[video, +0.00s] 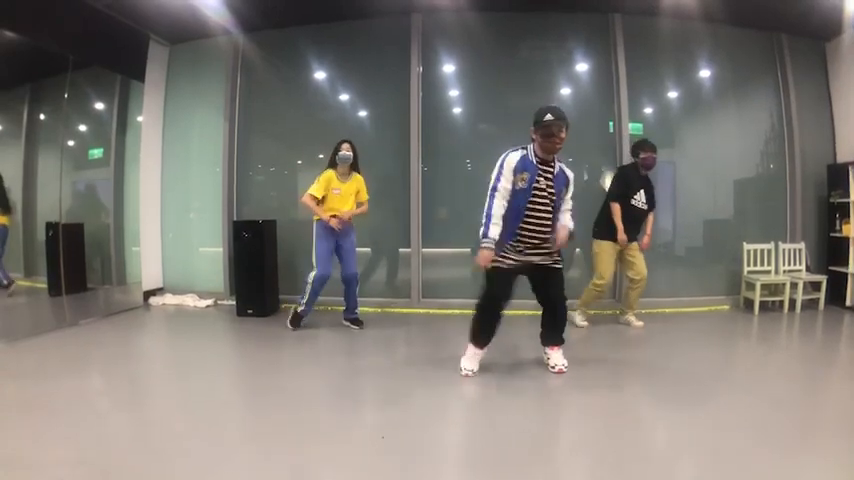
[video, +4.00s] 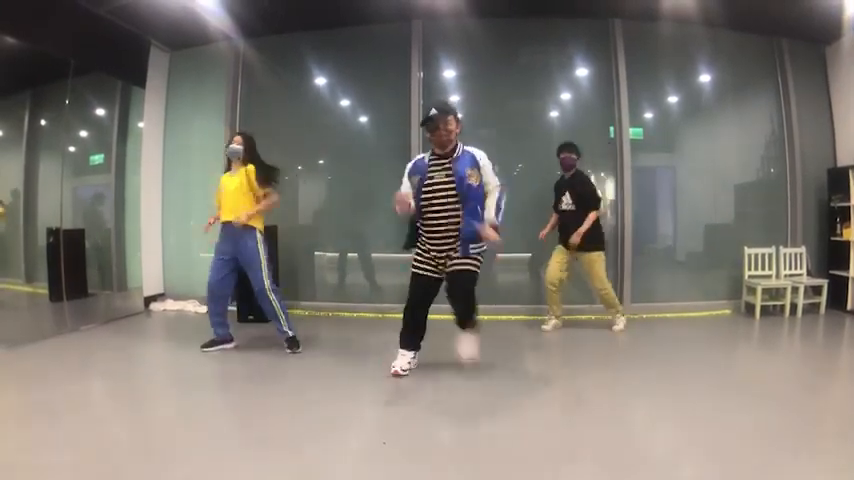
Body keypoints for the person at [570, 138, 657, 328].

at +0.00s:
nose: (650, 159)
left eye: (653, 156)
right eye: (646, 156)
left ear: (656, 158)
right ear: (637, 157)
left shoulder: (648, 184)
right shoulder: (624, 172)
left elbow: (650, 211)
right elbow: (613, 201)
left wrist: (647, 235)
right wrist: (620, 230)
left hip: (629, 238)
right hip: (607, 235)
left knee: (639, 275)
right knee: (603, 278)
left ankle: (627, 313)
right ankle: (579, 310)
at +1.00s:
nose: (609, 142)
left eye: (613, 138)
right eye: (605, 138)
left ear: (617, 141)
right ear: (598, 141)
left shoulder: (622, 169)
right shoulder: (586, 166)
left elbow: (626, 198)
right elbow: (579, 195)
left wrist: (628, 224)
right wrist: (579, 222)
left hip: (615, 230)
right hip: (590, 229)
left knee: (611, 276)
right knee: (589, 275)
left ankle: (606, 311)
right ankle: (586, 311)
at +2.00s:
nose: (601, 148)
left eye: (604, 144)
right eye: (596, 144)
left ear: (607, 145)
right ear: (587, 145)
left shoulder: (604, 171)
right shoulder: (578, 166)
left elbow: (603, 203)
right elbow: (562, 192)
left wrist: (613, 223)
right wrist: (575, 216)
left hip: (601, 232)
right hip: (578, 233)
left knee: (615, 270)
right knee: (566, 275)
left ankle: (614, 311)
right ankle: (547, 309)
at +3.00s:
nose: (590, 151)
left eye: (593, 147)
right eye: (586, 147)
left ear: (598, 149)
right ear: (578, 148)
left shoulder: (605, 173)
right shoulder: (567, 173)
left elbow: (608, 198)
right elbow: (553, 195)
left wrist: (609, 217)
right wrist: (557, 218)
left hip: (600, 234)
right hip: (574, 235)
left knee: (608, 275)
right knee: (568, 277)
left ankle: (605, 312)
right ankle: (557, 310)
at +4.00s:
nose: (567, 162)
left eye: (571, 158)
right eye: (563, 158)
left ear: (577, 159)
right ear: (559, 160)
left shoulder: (583, 181)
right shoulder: (559, 184)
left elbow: (594, 210)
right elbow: (558, 212)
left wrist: (579, 232)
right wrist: (548, 229)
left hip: (590, 244)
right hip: (566, 243)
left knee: (600, 285)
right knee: (552, 279)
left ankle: (618, 314)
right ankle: (554, 316)